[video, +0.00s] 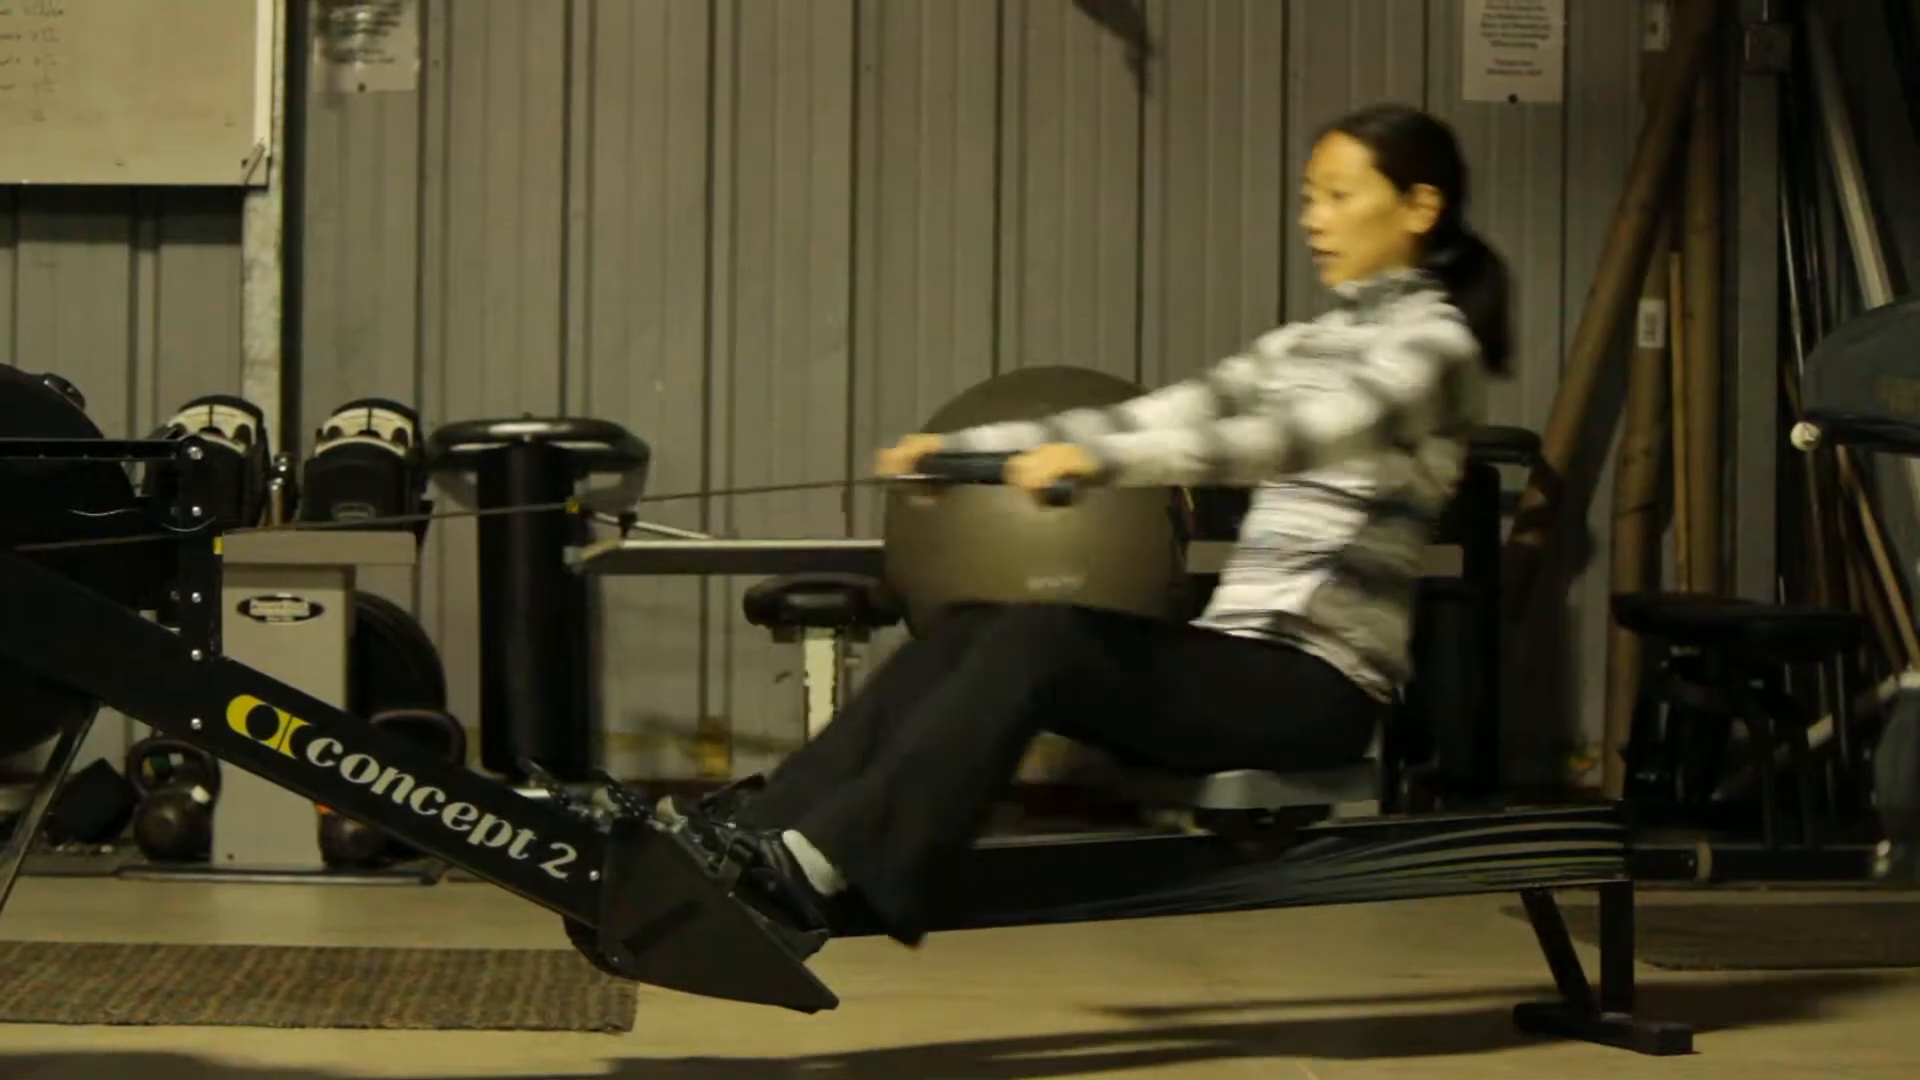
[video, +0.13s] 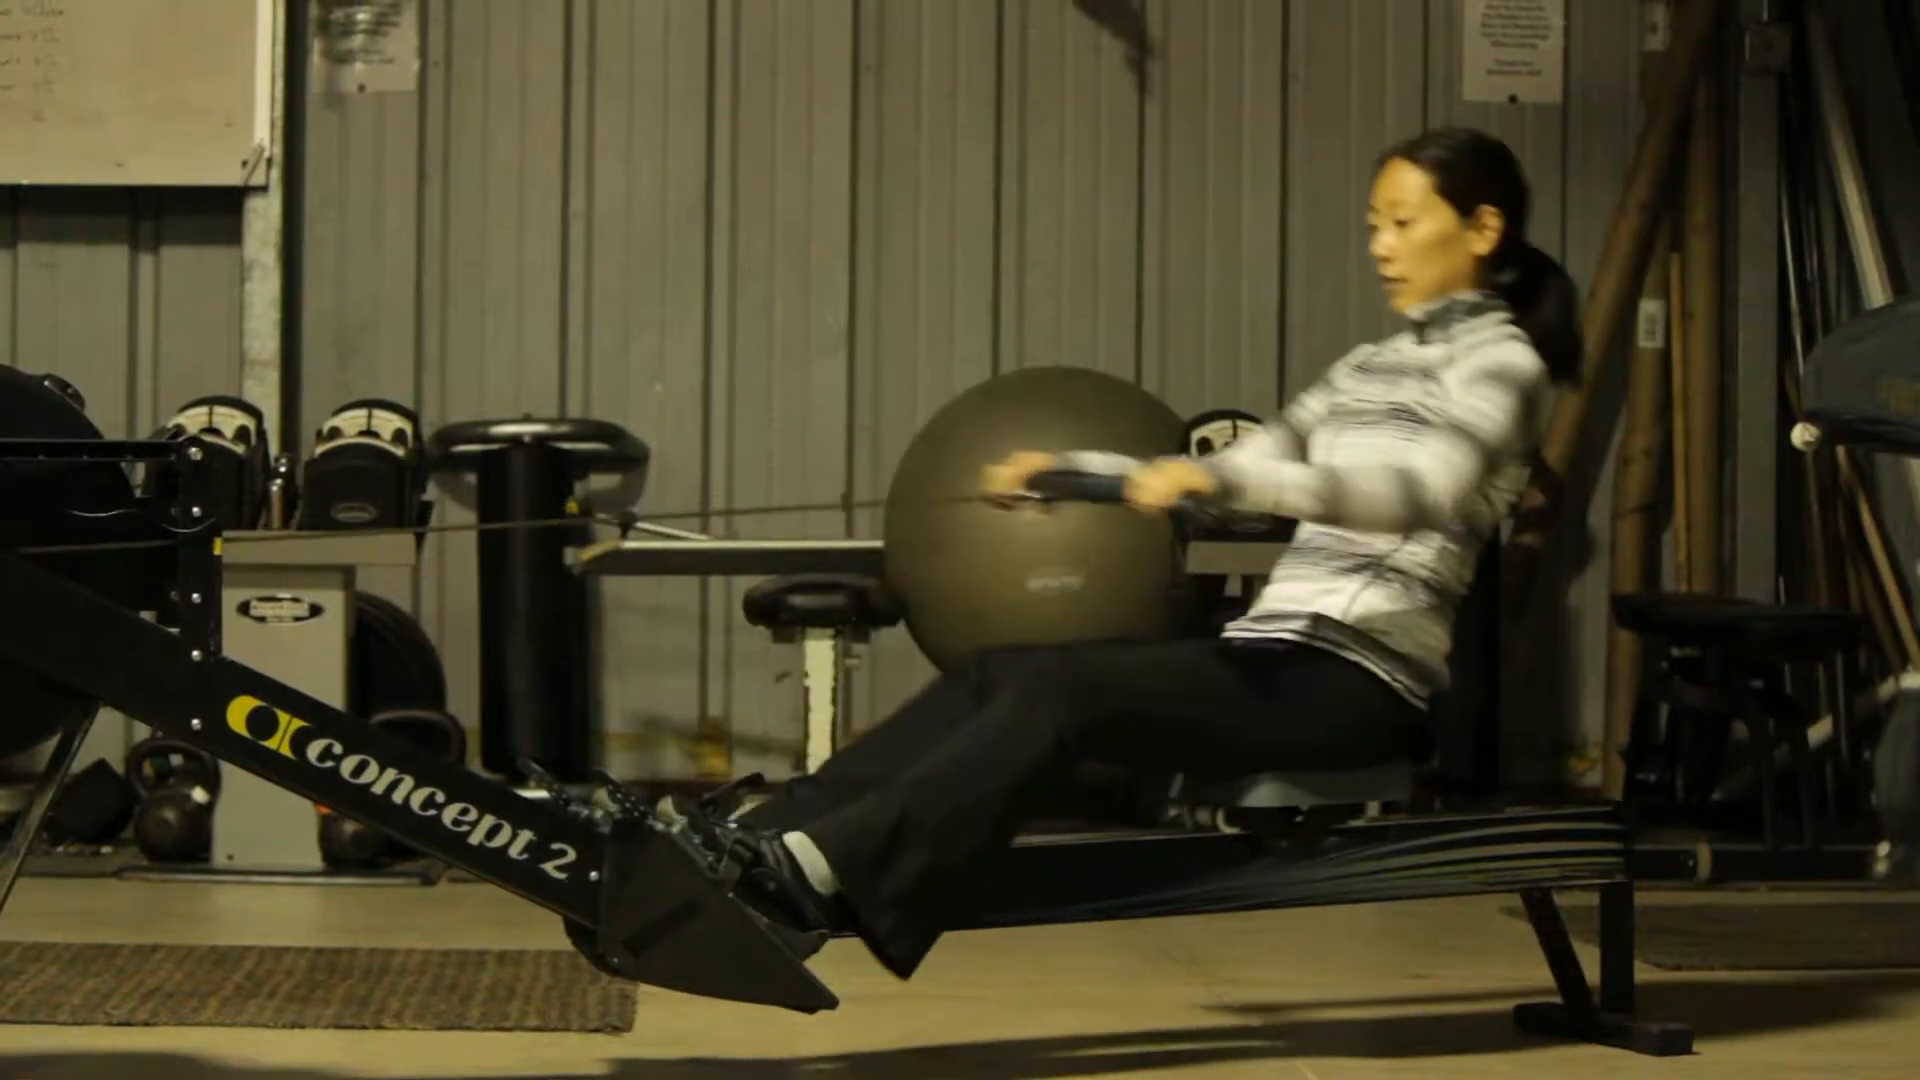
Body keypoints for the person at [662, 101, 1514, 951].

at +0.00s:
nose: (1312, 218)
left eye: (1336, 194)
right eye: (1311, 196)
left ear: (1420, 209)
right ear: (1314, 211)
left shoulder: (1430, 335)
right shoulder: (1319, 336)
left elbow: (1297, 428)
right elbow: (1180, 407)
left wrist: (1106, 454)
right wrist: (966, 454)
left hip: (1319, 679)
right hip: (1232, 659)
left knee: (1035, 642)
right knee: (963, 632)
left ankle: (820, 875)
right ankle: (750, 835)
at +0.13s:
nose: (1381, 245)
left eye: (1403, 224)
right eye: (1378, 226)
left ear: (1483, 229)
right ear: (1388, 237)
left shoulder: (1500, 354)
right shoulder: (1377, 359)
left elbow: (1430, 484)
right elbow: (1257, 465)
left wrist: (1226, 477)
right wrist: (1076, 475)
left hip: (1366, 674)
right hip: (1277, 652)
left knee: (1050, 685)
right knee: (994, 673)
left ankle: (811, 878)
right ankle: (738, 846)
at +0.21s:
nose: (1406, 262)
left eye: (1428, 240)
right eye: (1403, 241)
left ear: (1508, 243)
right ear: (1423, 248)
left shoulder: (1533, 372)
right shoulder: (1412, 371)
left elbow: (1485, 533)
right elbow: (1305, 510)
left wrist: (1298, 497)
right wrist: (1146, 492)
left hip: (1377, 675)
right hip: (1293, 652)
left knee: (1066, 708)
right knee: (1009, 695)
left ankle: (812, 886)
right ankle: (740, 845)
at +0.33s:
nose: (1423, 281)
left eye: (1444, 256)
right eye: (1418, 258)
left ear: (1523, 257)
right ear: (1437, 262)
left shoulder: (1559, 388)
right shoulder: (1434, 390)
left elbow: (1580, 573)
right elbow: (1385, 530)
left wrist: (1411, 516)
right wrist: (1247, 507)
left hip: (1385, 667)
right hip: (1298, 647)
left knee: (1092, 734)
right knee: (1025, 712)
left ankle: (808, 895)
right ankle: (760, 852)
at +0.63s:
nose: (1330, 255)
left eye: (1348, 229)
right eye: (1324, 232)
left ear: (1430, 221)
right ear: (1358, 231)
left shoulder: (1491, 347)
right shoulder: (1371, 349)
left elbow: (1539, 548)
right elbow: (1339, 518)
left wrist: (1363, 511)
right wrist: (1213, 505)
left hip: (1386, 675)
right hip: (1304, 654)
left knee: (1082, 703)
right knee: (1028, 687)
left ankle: (814, 884)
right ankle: (750, 851)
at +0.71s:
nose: (1253, 233)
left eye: (1273, 206)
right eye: (1250, 210)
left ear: (1361, 208)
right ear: (1333, 212)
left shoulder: (1421, 339)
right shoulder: (1291, 341)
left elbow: (1429, 539)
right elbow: (1244, 504)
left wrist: (1241, 529)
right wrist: (1092, 513)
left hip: (1362, 672)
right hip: (1259, 652)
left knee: (1057, 679)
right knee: (1010, 665)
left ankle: (824, 882)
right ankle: (777, 840)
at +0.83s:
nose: (1124, 225)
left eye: (1145, 196)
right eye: (1119, 200)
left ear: (1236, 194)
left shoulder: (1295, 329)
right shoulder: (1152, 341)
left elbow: (1219, 527)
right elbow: (1049, 497)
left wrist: (1025, 590)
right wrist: (874, 557)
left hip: (1277, 683)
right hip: (1182, 658)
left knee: (987, 644)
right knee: (931, 621)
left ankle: (824, 877)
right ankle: (763, 834)